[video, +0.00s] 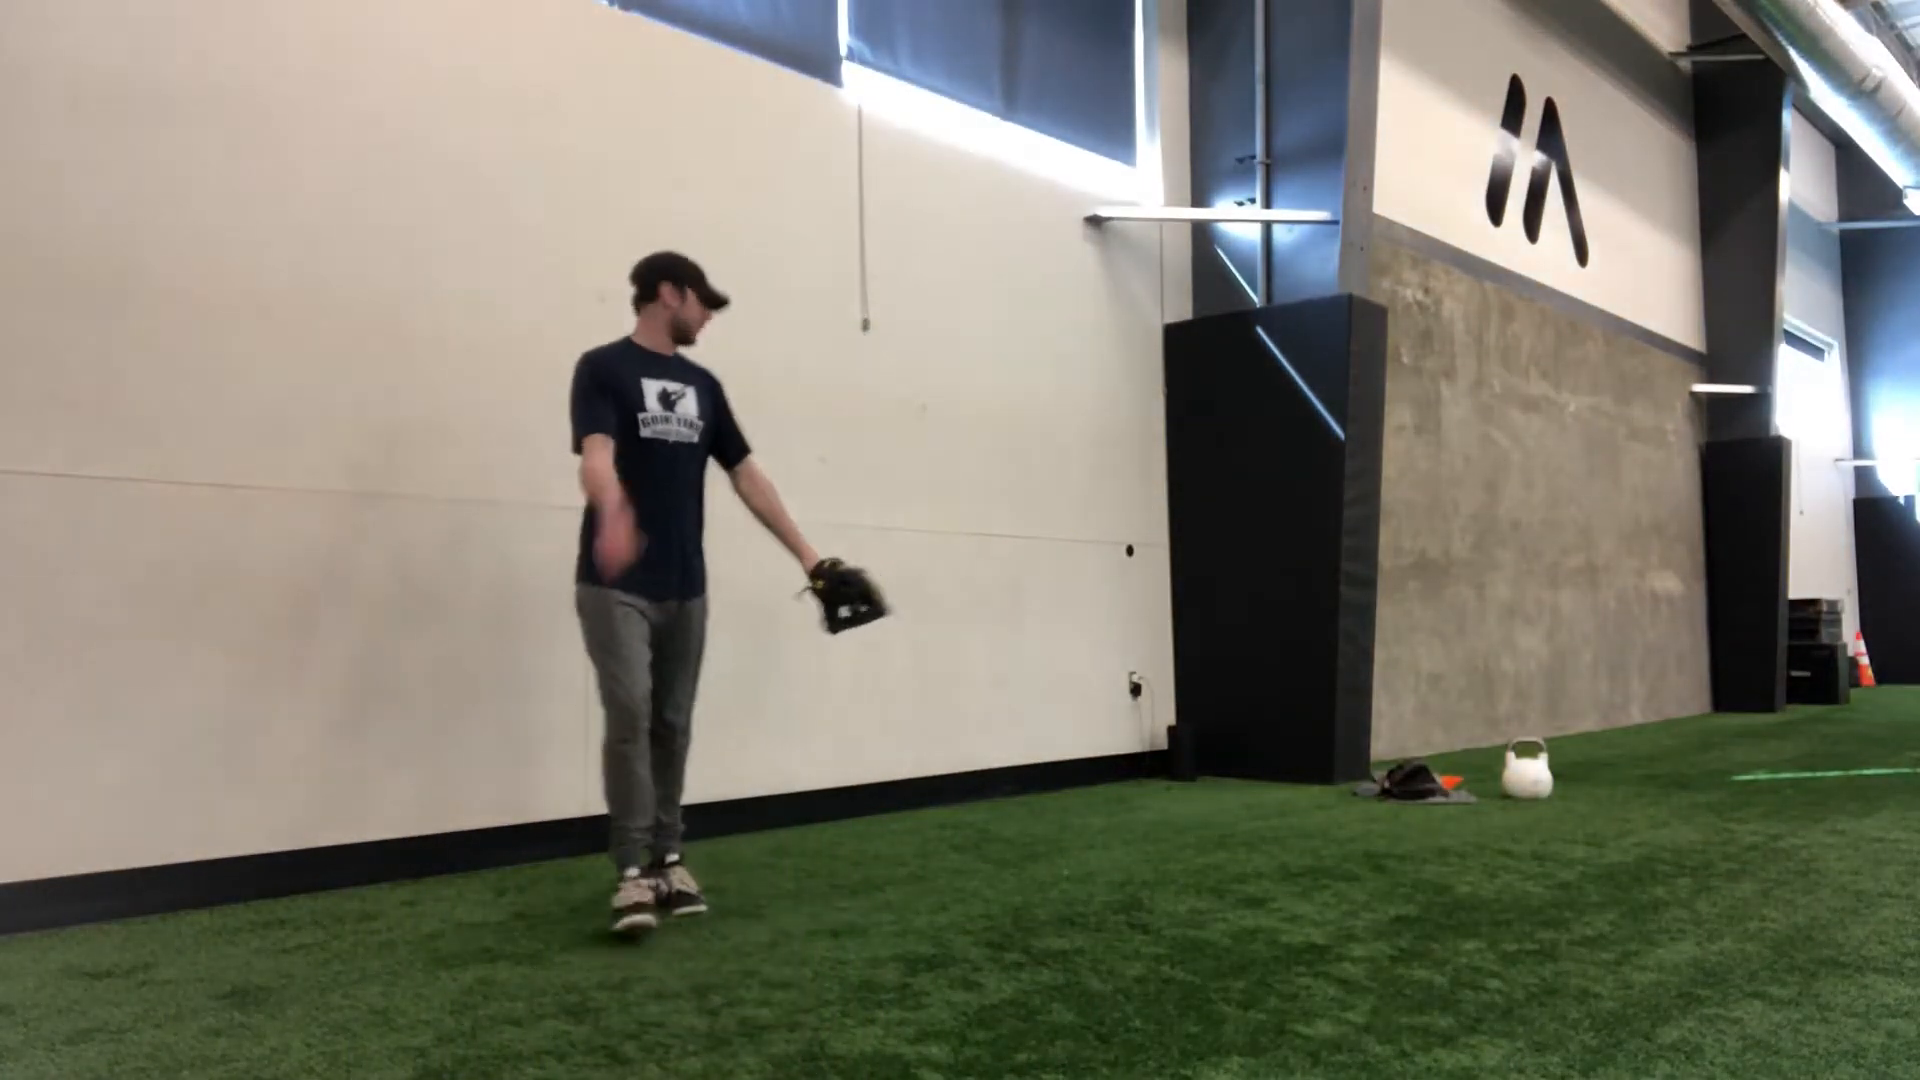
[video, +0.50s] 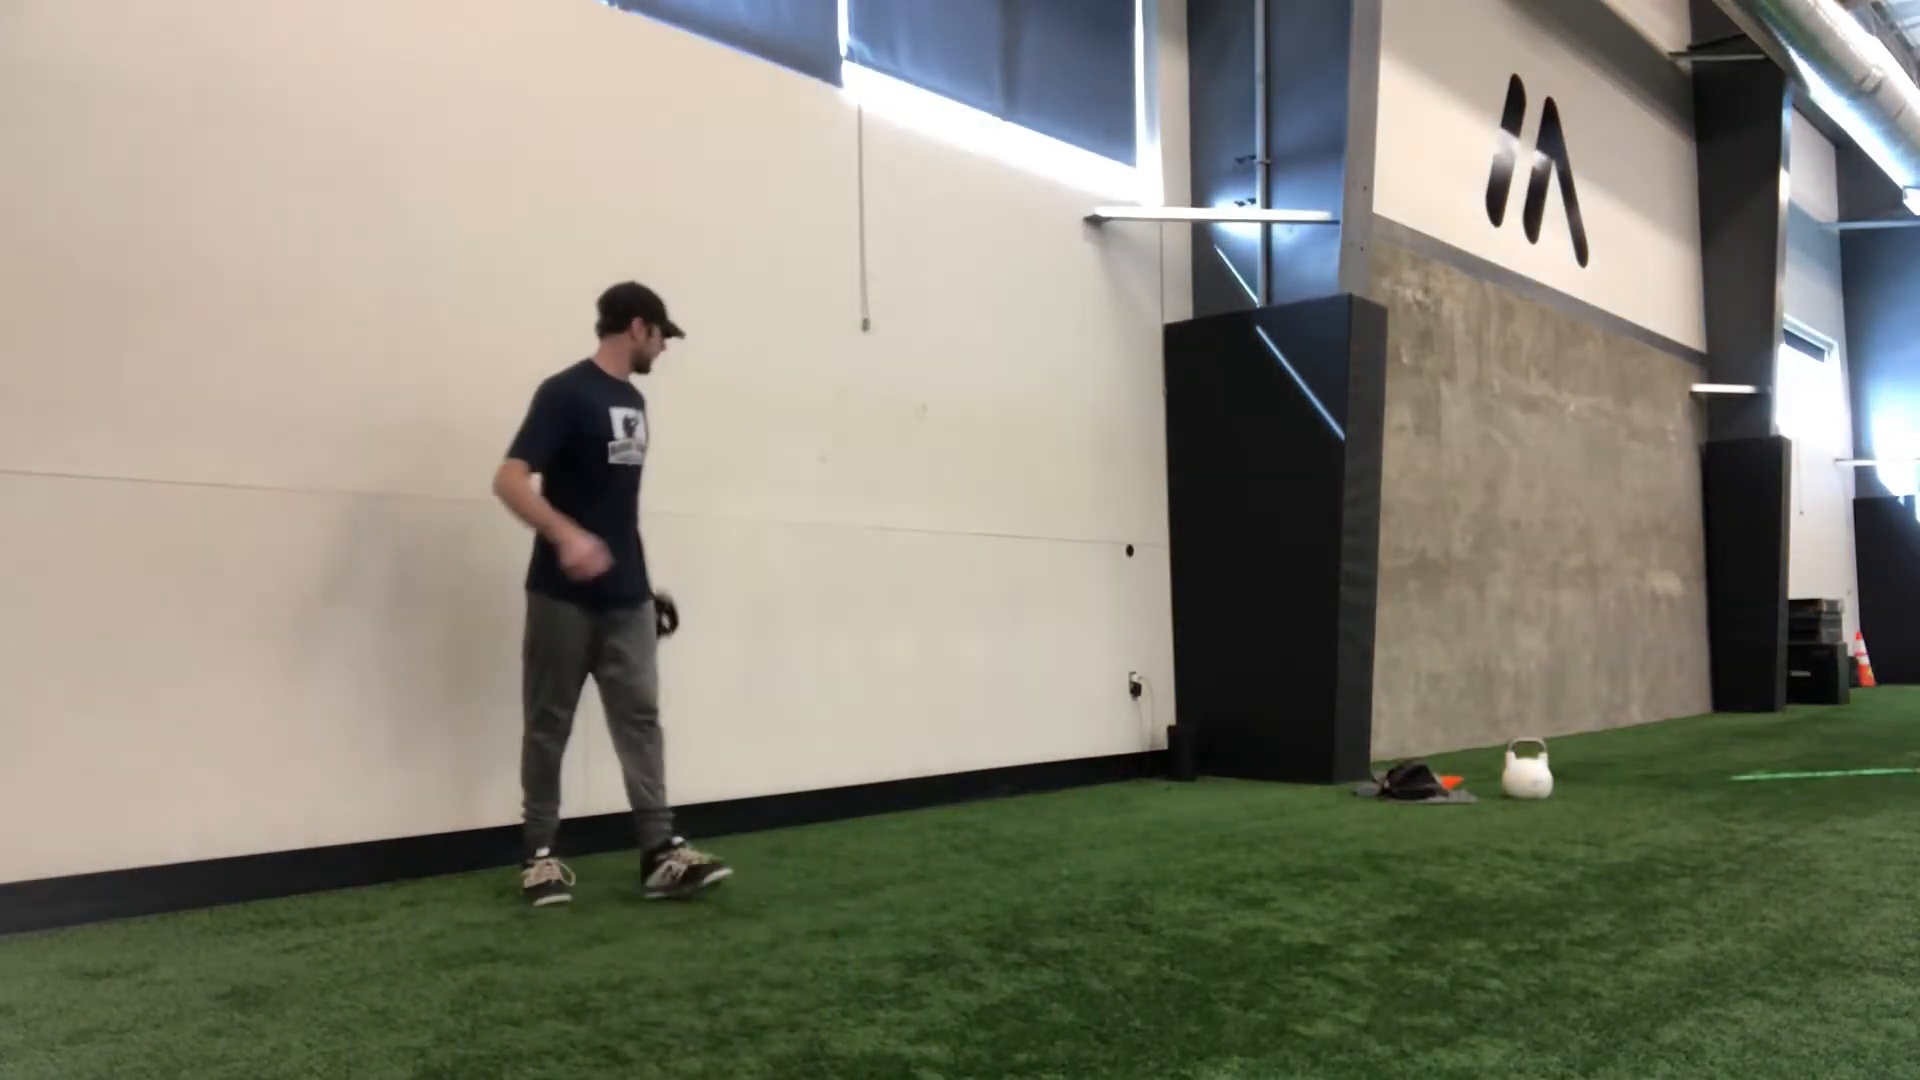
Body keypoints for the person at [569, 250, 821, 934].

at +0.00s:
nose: (708, 316)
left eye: (708, 305)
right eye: (702, 303)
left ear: (673, 299)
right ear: (666, 295)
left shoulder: (701, 385)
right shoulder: (602, 368)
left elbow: (748, 476)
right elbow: (595, 459)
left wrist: (809, 556)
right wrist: (614, 509)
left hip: (682, 582)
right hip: (616, 580)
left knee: (671, 723)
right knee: (630, 716)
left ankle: (666, 861)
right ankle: (633, 871)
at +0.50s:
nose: (664, 348)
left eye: (665, 338)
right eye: (662, 336)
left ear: (633, 329)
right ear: (637, 329)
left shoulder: (633, 401)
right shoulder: (563, 392)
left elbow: (619, 508)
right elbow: (509, 480)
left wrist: (642, 585)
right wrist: (566, 534)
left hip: (625, 592)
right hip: (562, 594)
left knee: (639, 716)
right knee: (548, 722)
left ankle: (661, 853)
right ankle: (540, 856)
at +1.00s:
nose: (642, 355)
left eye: (649, 345)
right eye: (630, 345)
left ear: (658, 352)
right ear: (607, 353)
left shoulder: (666, 425)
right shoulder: (569, 413)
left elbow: (665, 497)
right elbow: (501, 472)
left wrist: (676, 508)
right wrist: (537, 540)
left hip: (618, 594)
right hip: (559, 588)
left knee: (622, 715)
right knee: (561, 707)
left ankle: (622, 832)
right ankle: (541, 847)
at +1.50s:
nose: (621, 372)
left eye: (626, 362)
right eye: (608, 363)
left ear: (633, 371)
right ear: (580, 371)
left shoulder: (640, 436)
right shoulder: (540, 430)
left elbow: (633, 491)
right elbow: (462, 479)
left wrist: (634, 539)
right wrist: (506, 550)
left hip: (595, 598)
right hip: (529, 599)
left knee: (633, 696)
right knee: (520, 719)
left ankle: (614, 823)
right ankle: (502, 850)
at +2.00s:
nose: (625, 385)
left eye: (628, 375)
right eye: (612, 376)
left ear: (634, 383)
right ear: (581, 383)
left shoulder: (637, 448)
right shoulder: (535, 438)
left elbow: (624, 505)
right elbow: (452, 476)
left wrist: (622, 544)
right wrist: (495, 548)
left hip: (580, 598)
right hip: (514, 600)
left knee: (612, 702)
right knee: (508, 716)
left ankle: (583, 824)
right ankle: (482, 849)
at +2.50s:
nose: (657, 415)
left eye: (663, 404)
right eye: (643, 403)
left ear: (668, 411)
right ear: (613, 410)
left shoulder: (662, 475)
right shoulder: (560, 465)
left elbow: (645, 518)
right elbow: (470, 501)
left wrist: (643, 563)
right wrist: (503, 584)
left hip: (591, 613)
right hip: (525, 618)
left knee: (624, 709)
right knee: (516, 743)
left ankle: (598, 842)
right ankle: (482, 852)